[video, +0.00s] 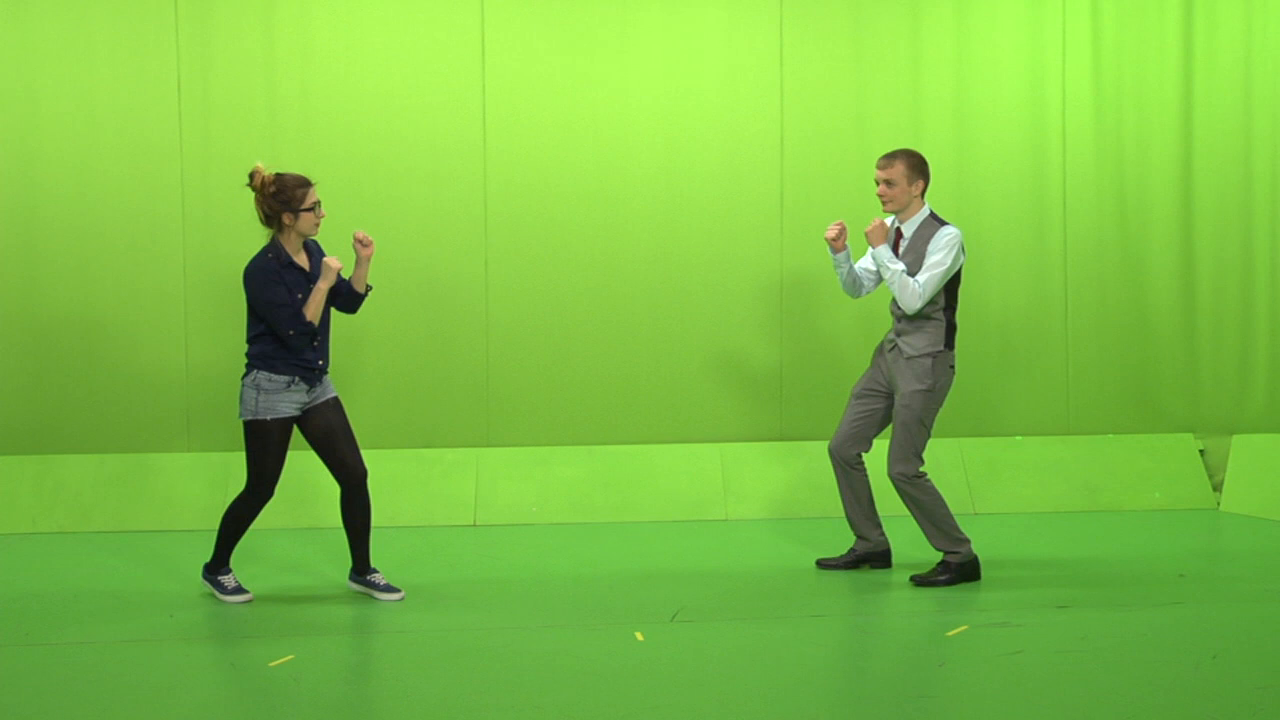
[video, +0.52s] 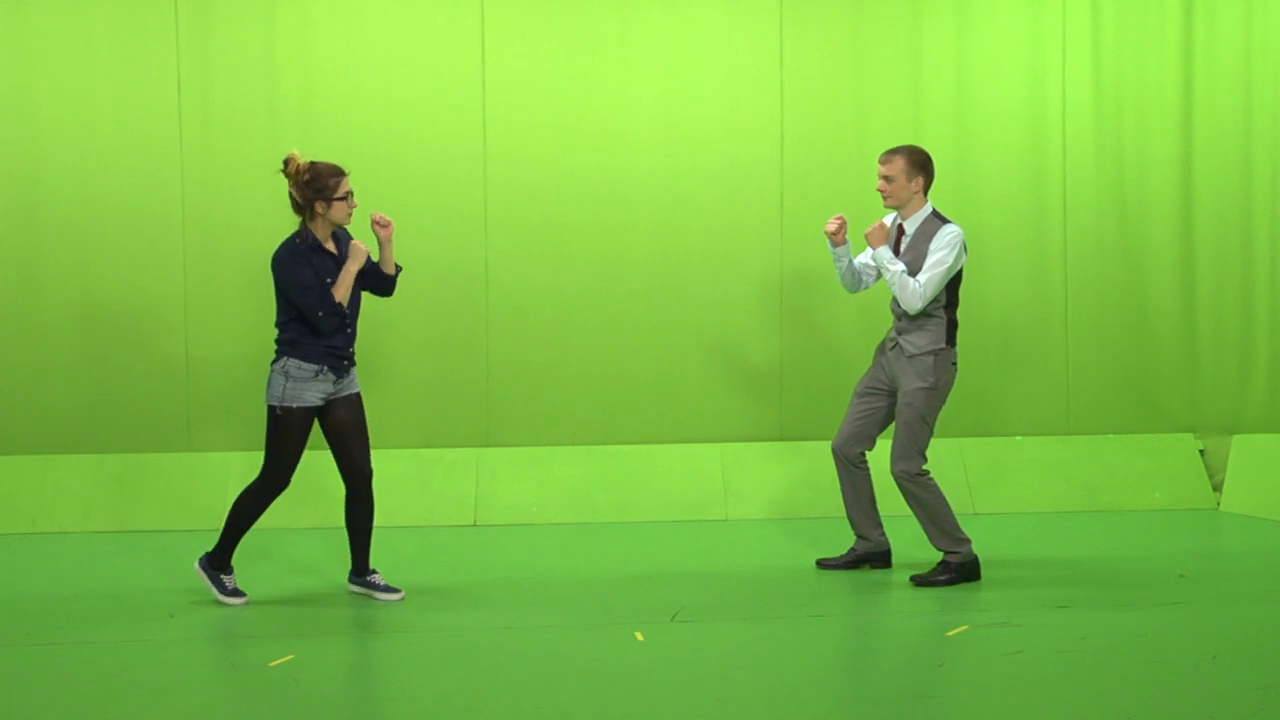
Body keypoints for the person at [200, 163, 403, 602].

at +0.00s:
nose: (321, 213)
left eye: (319, 206)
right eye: (313, 208)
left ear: (297, 217)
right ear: (287, 219)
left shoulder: (314, 255)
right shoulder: (261, 271)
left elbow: (347, 303)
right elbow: (298, 333)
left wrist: (363, 262)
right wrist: (323, 283)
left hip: (314, 385)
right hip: (269, 387)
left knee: (354, 474)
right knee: (260, 487)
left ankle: (362, 570)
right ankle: (217, 567)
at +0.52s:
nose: (354, 203)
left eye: (352, 195)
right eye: (345, 197)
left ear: (329, 205)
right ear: (319, 207)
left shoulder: (343, 247)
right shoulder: (290, 256)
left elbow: (385, 286)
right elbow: (327, 318)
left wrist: (386, 244)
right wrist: (352, 266)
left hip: (340, 376)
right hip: (296, 375)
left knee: (360, 476)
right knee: (276, 478)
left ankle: (361, 571)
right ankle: (216, 561)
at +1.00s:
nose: (354, 209)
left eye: (351, 201)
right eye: (345, 203)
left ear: (328, 211)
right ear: (319, 212)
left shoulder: (342, 257)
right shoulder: (290, 260)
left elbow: (378, 301)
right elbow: (320, 322)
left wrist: (386, 259)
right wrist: (350, 269)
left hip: (338, 385)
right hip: (293, 384)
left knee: (364, 481)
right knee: (275, 488)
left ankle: (360, 575)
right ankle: (212, 566)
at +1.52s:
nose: (348, 211)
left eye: (346, 203)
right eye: (339, 205)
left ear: (323, 212)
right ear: (313, 213)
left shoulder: (334, 259)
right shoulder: (283, 262)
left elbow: (369, 308)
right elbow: (318, 319)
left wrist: (374, 262)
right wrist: (347, 267)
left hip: (337, 387)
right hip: (292, 389)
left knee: (363, 484)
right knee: (274, 492)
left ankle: (359, 575)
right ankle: (210, 567)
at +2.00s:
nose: (329, 218)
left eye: (328, 210)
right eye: (320, 211)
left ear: (310, 217)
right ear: (294, 218)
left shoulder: (323, 264)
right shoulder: (265, 269)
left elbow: (365, 310)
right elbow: (297, 325)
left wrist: (376, 271)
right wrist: (328, 276)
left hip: (324, 390)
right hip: (279, 392)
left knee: (361, 484)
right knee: (265, 494)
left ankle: (359, 575)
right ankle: (206, 571)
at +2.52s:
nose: (363, 219)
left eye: (361, 212)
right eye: (354, 213)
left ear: (334, 221)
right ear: (328, 221)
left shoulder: (348, 266)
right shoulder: (292, 268)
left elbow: (380, 322)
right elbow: (315, 329)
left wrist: (394, 281)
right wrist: (349, 283)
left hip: (334, 389)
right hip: (289, 390)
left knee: (366, 482)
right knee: (276, 496)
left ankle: (360, 575)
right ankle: (208, 568)